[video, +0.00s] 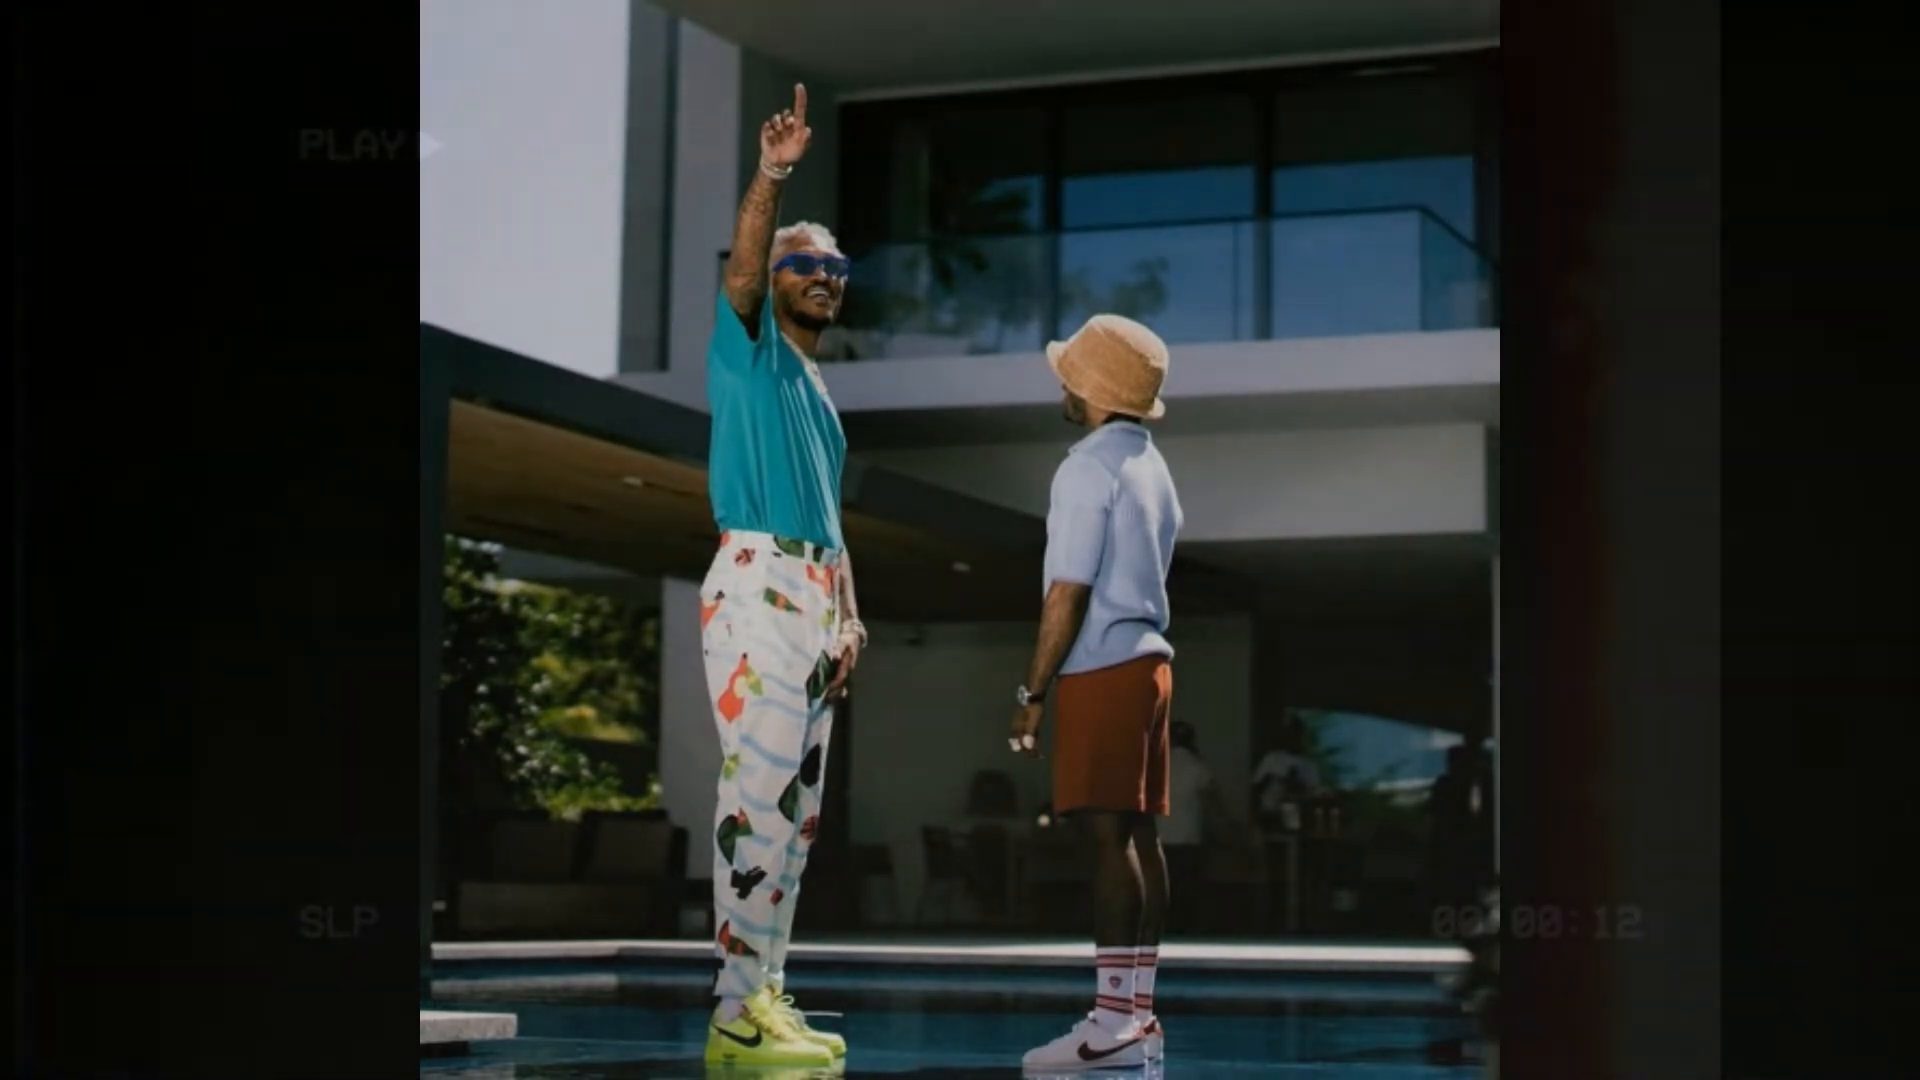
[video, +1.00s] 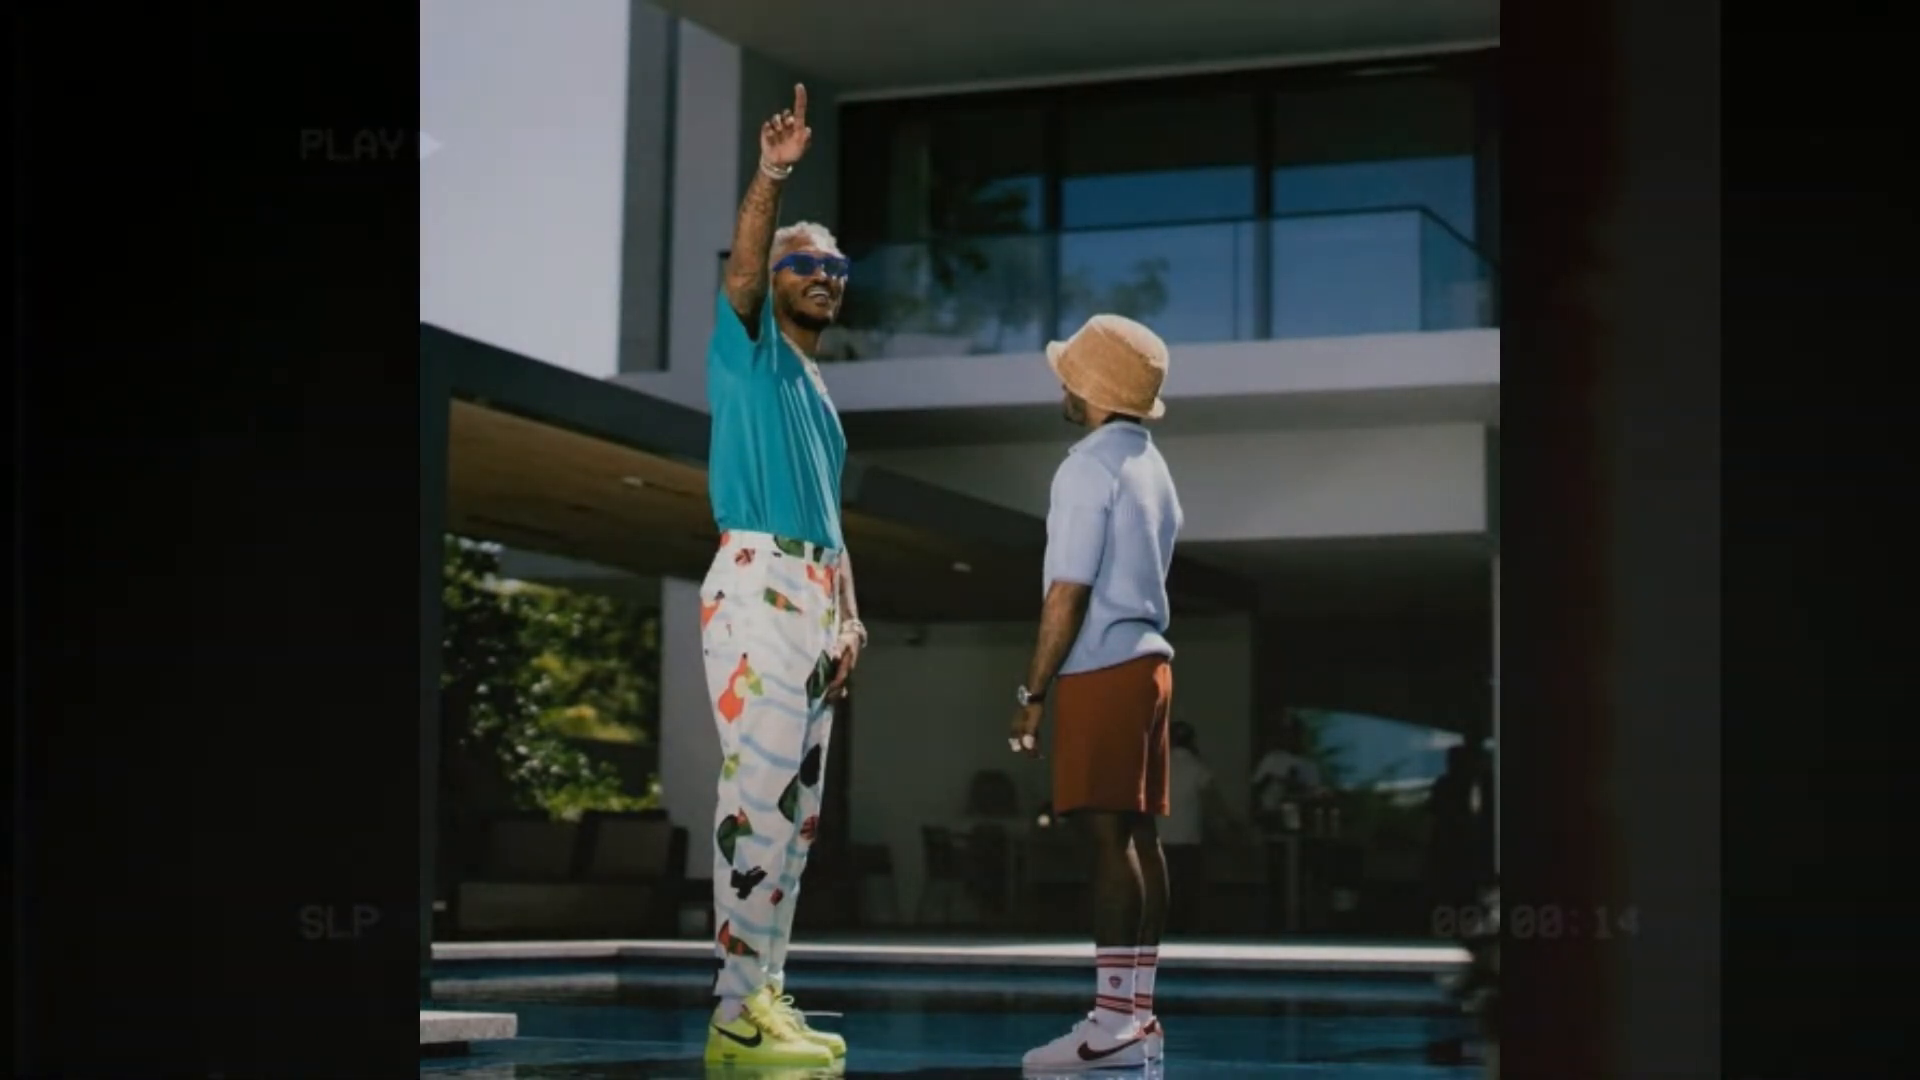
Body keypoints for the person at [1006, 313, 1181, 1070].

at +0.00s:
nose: (1063, 389)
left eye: (1071, 379)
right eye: (1068, 378)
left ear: (1092, 391)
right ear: (1130, 395)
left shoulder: (1088, 468)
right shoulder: (1147, 463)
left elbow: (1068, 594)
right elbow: (1142, 583)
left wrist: (1031, 692)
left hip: (1104, 669)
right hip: (1146, 666)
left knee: (1108, 839)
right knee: (1139, 839)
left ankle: (1116, 1015)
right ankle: (1135, 1012)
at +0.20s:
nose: (1064, 388)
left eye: (1072, 378)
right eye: (1068, 377)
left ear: (1092, 391)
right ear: (1130, 394)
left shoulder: (1088, 468)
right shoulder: (1147, 463)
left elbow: (1067, 594)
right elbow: (1146, 580)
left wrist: (1032, 692)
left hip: (1104, 669)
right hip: (1146, 666)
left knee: (1108, 838)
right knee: (1139, 838)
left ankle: (1115, 1015)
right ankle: (1135, 1012)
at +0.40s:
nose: (1064, 388)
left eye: (1072, 378)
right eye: (1068, 377)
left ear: (1092, 391)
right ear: (1130, 394)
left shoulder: (1088, 468)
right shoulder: (1147, 463)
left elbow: (1067, 595)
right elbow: (1146, 580)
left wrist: (1031, 692)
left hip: (1104, 669)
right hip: (1146, 665)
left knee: (1107, 838)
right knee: (1139, 838)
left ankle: (1115, 1015)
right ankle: (1135, 1012)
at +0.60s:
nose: (1064, 389)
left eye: (1072, 379)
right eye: (1068, 377)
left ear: (1093, 391)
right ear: (1130, 394)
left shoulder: (1088, 468)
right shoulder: (1148, 462)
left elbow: (1067, 595)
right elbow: (1146, 579)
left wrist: (1032, 692)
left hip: (1104, 669)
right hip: (1146, 665)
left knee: (1107, 838)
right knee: (1139, 838)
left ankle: (1115, 1015)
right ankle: (1135, 1012)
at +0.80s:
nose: (1064, 390)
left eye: (1072, 380)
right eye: (1068, 378)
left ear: (1092, 392)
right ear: (1130, 395)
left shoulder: (1088, 468)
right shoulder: (1147, 463)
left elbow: (1067, 595)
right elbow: (1144, 582)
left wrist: (1031, 692)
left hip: (1104, 668)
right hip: (1146, 665)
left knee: (1109, 839)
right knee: (1139, 838)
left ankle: (1115, 1016)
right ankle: (1135, 1012)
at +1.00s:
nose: (1064, 389)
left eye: (1072, 379)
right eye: (1068, 377)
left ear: (1093, 391)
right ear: (1130, 395)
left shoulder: (1088, 468)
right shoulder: (1147, 463)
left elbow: (1067, 595)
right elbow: (1146, 580)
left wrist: (1031, 692)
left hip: (1104, 668)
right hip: (1146, 665)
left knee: (1108, 838)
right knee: (1139, 838)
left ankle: (1115, 1015)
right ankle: (1135, 1012)